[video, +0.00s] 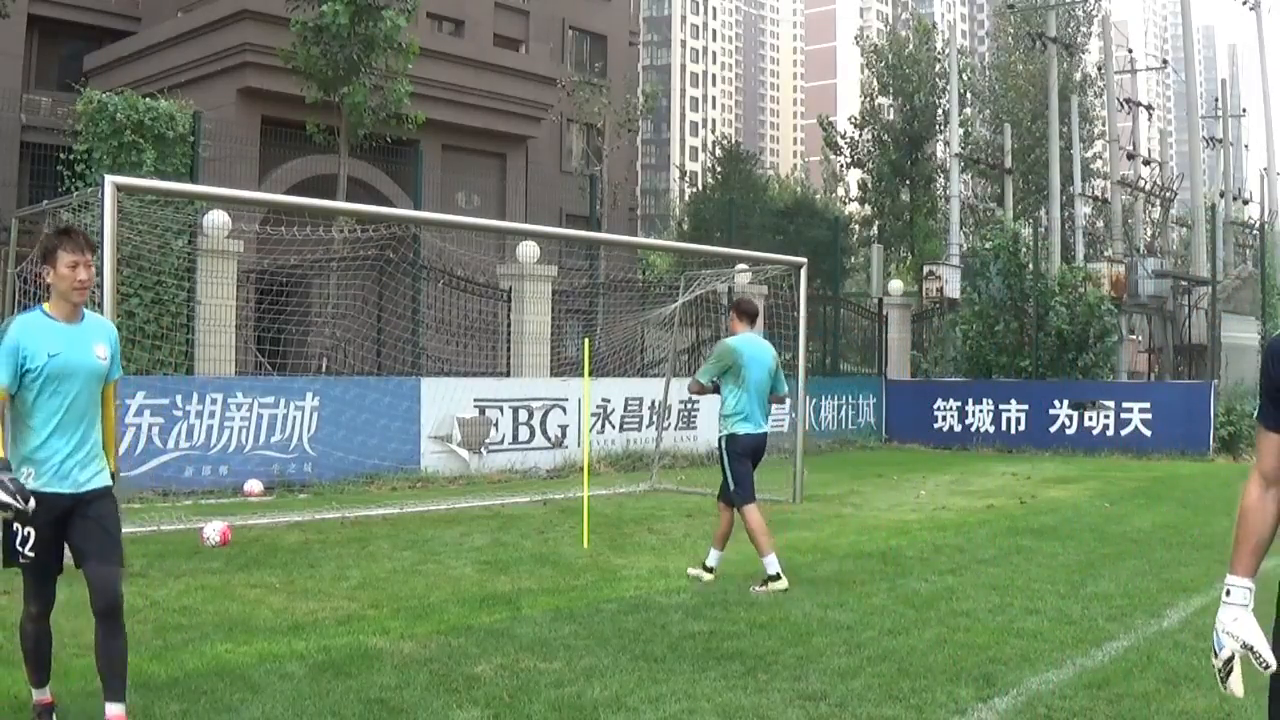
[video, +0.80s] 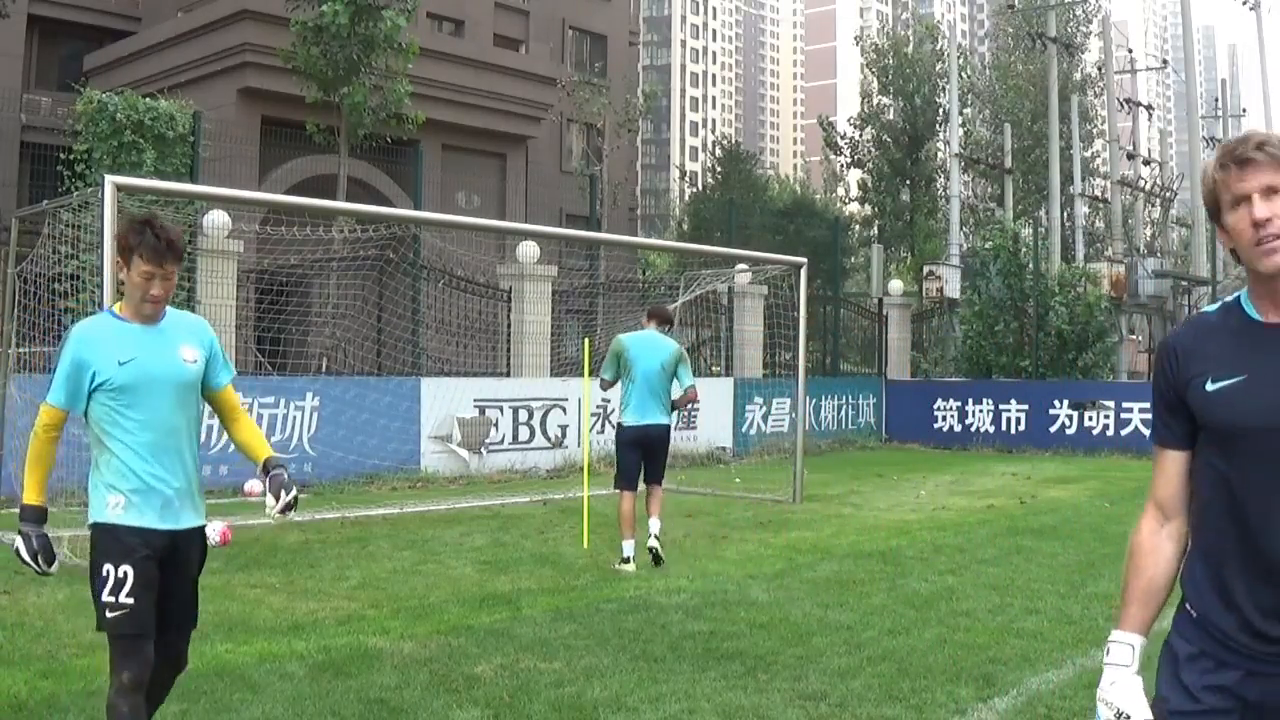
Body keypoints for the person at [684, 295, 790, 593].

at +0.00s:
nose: (728, 323)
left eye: (729, 318)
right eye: (731, 319)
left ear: (735, 319)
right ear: (754, 320)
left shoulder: (728, 347)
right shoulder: (769, 349)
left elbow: (696, 386)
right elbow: (779, 395)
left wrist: (719, 386)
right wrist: (749, 390)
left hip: (734, 436)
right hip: (759, 437)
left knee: (747, 505)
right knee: (727, 501)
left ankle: (775, 574)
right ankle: (709, 567)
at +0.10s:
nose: (714, 323)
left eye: (715, 319)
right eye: (716, 319)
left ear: (721, 319)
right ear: (738, 320)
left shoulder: (714, 344)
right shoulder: (753, 349)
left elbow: (683, 384)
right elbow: (759, 397)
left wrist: (705, 384)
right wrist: (728, 391)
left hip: (715, 436)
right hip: (740, 436)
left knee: (708, 505)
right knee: (719, 503)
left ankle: (750, 556)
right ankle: (707, 566)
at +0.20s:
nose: (704, 321)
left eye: (705, 317)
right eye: (706, 317)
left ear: (711, 318)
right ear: (728, 319)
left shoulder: (705, 342)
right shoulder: (740, 347)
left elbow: (675, 381)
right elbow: (745, 394)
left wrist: (697, 380)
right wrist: (705, 383)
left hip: (705, 433)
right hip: (730, 433)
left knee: (682, 497)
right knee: (713, 498)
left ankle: (723, 544)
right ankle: (707, 565)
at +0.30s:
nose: (689, 321)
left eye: (690, 317)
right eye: (691, 317)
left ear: (696, 316)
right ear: (715, 317)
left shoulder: (692, 340)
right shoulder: (726, 346)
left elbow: (663, 380)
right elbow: (727, 390)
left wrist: (672, 377)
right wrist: (684, 381)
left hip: (689, 431)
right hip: (716, 432)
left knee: (659, 488)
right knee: (705, 497)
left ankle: (679, 547)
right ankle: (705, 566)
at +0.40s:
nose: (680, 324)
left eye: (681, 319)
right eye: (682, 319)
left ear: (686, 318)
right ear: (705, 320)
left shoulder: (680, 341)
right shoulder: (716, 345)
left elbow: (652, 381)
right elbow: (718, 389)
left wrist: (673, 381)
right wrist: (685, 383)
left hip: (678, 431)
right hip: (707, 431)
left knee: (652, 488)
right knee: (700, 497)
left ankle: (646, 556)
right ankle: (704, 565)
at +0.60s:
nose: (656, 326)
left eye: (657, 322)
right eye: (659, 322)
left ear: (662, 322)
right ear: (680, 324)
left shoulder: (647, 344)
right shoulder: (693, 349)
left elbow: (627, 387)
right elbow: (702, 395)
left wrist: (647, 382)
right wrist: (676, 394)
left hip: (651, 432)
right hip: (681, 433)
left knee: (635, 492)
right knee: (675, 495)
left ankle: (628, 558)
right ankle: (696, 550)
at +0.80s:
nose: (643, 322)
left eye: (644, 319)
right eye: (648, 320)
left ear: (646, 320)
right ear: (667, 326)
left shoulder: (622, 341)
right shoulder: (675, 349)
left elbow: (605, 383)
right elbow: (691, 394)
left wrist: (623, 364)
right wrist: (672, 404)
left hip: (629, 428)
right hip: (659, 429)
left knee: (627, 491)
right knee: (655, 485)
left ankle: (628, 557)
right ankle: (654, 534)